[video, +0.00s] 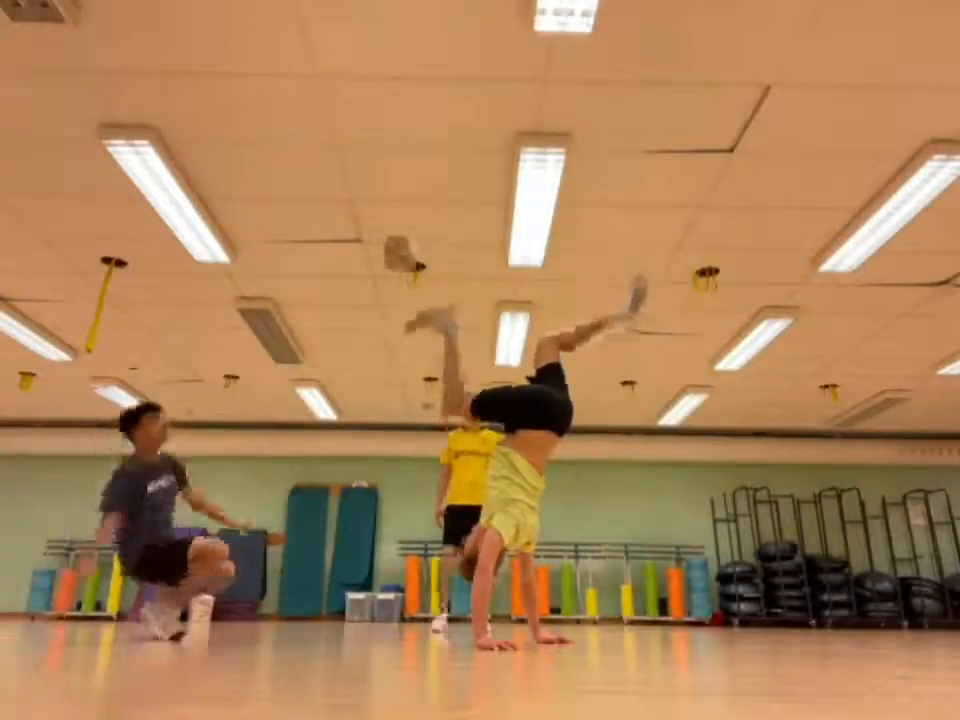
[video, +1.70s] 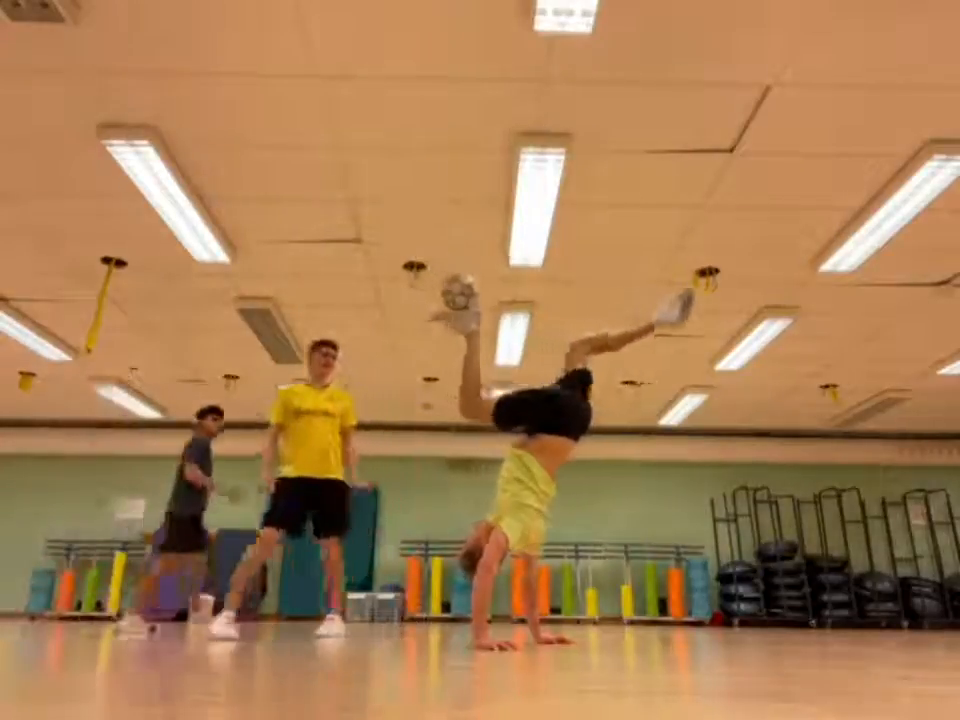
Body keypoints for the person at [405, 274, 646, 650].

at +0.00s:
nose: (481, 557)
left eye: (473, 556)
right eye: (477, 556)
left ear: (472, 549)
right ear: (473, 543)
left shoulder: (526, 538)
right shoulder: (497, 528)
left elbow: (528, 585)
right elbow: (483, 577)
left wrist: (537, 632)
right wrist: (482, 636)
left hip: (557, 412)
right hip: (536, 412)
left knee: (549, 345)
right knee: (457, 407)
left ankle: (620, 317)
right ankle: (450, 334)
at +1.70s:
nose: (476, 543)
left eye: (473, 548)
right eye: (476, 546)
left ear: (475, 547)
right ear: (481, 544)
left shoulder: (528, 540)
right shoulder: (504, 531)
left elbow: (529, 586)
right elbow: (484, 575)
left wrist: (538, 632)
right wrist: (481, 635)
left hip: (572, 416)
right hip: (554, 416)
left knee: (580, 347)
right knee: (471, 409)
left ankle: (658, 323)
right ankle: (472, 331)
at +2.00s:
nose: (482, 542)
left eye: (480, 545)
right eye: (481, 543)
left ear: (482, 550)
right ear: (484, 544)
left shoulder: (530, 541)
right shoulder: (509, 534)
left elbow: (530, 588)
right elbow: (482, 576)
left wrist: (536, 632)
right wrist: (480, 635)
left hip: (598, 436)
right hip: (582, 432)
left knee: (634, 367)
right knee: (515, 382)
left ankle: (714, 359)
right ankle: (527, 301)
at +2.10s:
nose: (488, 525)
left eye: (486, 534)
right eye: (487, 533)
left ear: (490, 546)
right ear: (490, 540)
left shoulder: (530, 538)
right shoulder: (514, 532)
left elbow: (535, 586)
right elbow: (486, 574)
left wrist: (537, 632)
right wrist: (480, 637)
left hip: (604, 438)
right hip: (596, 436)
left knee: (655, 374)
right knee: (538, 362)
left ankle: (736, 390)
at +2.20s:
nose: (495, 524)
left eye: (494, 536)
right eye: (494, 531)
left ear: (495, 550)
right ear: (497, 537)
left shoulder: (535, 539)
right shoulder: (519, 534)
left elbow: (535, 586)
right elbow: (485, 579)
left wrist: (537, 630)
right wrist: (479, 637)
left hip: (618, 452)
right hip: (609, 441)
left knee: (683, 394)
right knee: (576, 353)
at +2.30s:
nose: (501, 528)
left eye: (497, 532)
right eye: (498, 533)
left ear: (501, 550)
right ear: (501, 546)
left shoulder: (539, 544)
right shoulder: (523, 541)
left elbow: (537, 582)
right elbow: (487, 573)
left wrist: (538, 632)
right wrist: (480, 636)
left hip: (633, 472)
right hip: (624, 461)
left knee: (702, 442)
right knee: (638, 365)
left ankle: (760, 524)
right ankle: (712, 392)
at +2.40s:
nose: (510, 563)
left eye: (508, 563)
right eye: (508, 560)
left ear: (515, 567)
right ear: (516, 557)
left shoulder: (549, 561)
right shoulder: (540, 548)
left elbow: (537, 588)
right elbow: (491, 576)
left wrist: (539, 629)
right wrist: (480, 637)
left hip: (651, 504)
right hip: (648, 479)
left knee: (751, 507)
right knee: (719, 414)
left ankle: (748, 606)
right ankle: (755, 494)